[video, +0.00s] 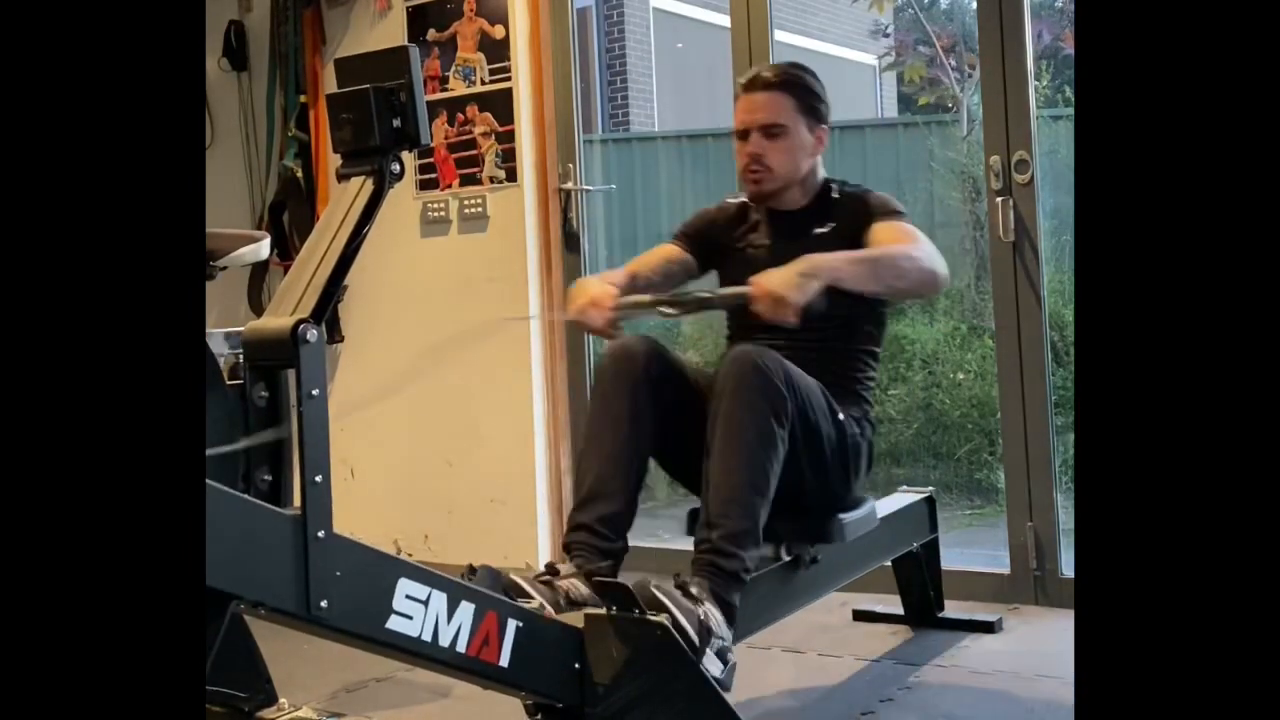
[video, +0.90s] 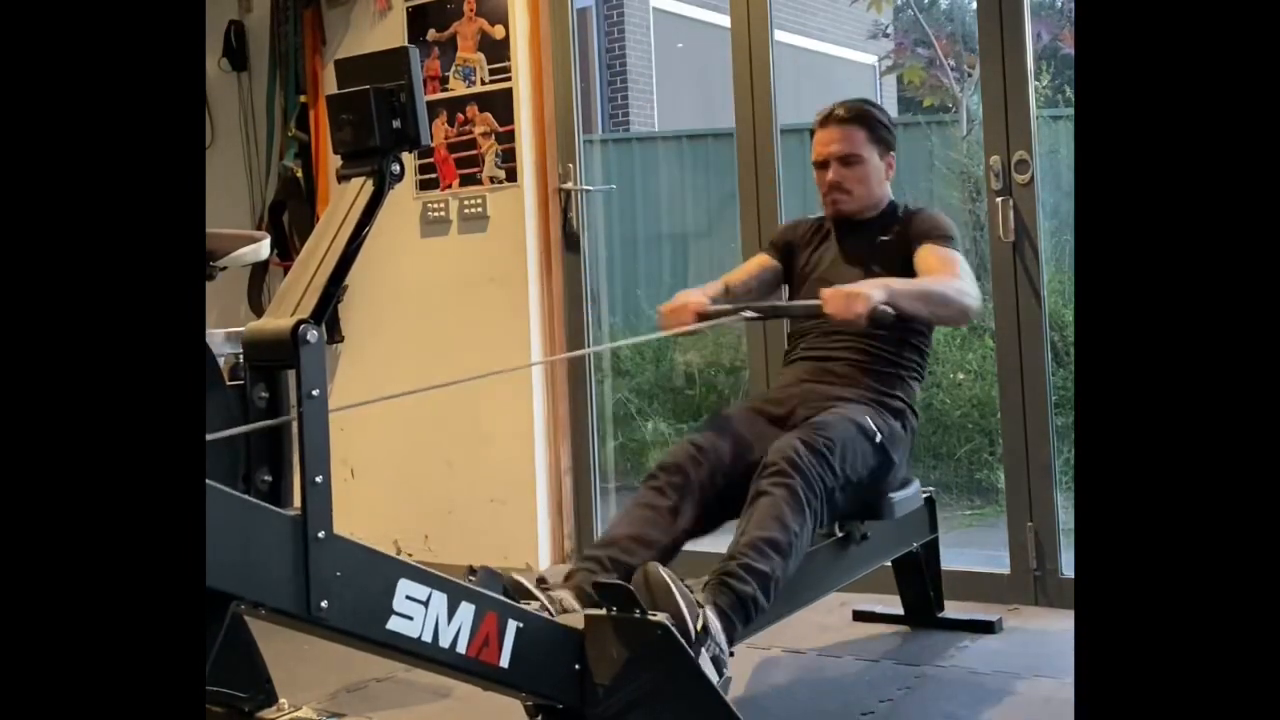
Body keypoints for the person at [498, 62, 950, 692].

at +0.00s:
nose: (751, 151)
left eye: (769, 133)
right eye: (742, 135)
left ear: (818, 139)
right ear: (732, 142)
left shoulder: (862, 212)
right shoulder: (725, 225)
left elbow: (928, 270)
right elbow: (640, 276)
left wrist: (819, 268)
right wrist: (597, 289)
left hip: (826, 458)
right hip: (733, 450)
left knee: (749, 363)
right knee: (632, 356)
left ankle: (710, 604)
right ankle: (585, 572)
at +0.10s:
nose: (709, 142)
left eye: (730, 124)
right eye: (700, 127)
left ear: (781, 134)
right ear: (690, 137)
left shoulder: (817, 203)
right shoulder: (684, 222)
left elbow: (848, 255)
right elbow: (592, 267)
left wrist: (736, 273)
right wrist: (525, 291)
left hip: (801, 470)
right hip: (708, 465)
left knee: (734, 339)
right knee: (605, 347)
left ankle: (706, 588)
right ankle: (580, 570)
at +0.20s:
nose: (664, 145)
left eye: (687, 127)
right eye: (656, 129)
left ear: (741, 138)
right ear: (648, 138)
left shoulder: (785, 210)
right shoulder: (644, 229)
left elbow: (762, 268)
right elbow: (547, 285)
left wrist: (663, 313)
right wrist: (465, 328)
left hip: (778, 478)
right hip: (683, 477)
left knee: (720, 329)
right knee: (586, 316)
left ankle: (700, 575)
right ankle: (578, 563)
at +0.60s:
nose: (731, 144)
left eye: (751, 128)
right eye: (721, 131)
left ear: (798, 136)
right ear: (712, 138)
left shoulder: (828, 203)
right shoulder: (698, 220)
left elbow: (802, 268)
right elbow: (616, 272)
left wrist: (728, 307)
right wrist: (535, 317)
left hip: (811, 463)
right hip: (723, 457)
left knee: (744, 344)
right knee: (620, 353)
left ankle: (702, 591)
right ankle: (579, 571)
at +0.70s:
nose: (774, 144)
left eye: (793, 129)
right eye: (766, 132)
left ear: (838, 141)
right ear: (757, 142)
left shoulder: (864, 204)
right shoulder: (739, 219)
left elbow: (848, 263)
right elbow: (664, 269)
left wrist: (782, 292)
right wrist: (600, 303)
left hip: (844, 432)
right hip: (755, 420)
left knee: (768, 383)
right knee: (646, 389)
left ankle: (708, 608)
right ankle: (584, 579)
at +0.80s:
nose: (807, 152)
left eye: (825, 139)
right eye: (798, 141)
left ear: (869, 147)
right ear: (789, 150)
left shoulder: (897, 211)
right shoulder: (771, 223)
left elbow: (905, 274)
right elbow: (701, 274)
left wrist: (837, 279)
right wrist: (650, 295)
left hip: (859, 405)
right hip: (770, 397)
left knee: (786, 436)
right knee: (666, 433)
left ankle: (713, 613)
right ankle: (576, 585)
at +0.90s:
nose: (833, 177)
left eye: (849, 161)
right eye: (823, 165)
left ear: (888, 165)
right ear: (813, 171)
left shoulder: (920, 229)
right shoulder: (801, 237)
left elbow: (960, 299)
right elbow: (736, 288)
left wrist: (883, 290)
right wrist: (698, 300)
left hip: (867, 409)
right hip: (781, 404)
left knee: (790, 462)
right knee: (688, 463)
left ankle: (719, 621)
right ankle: (580, 592)